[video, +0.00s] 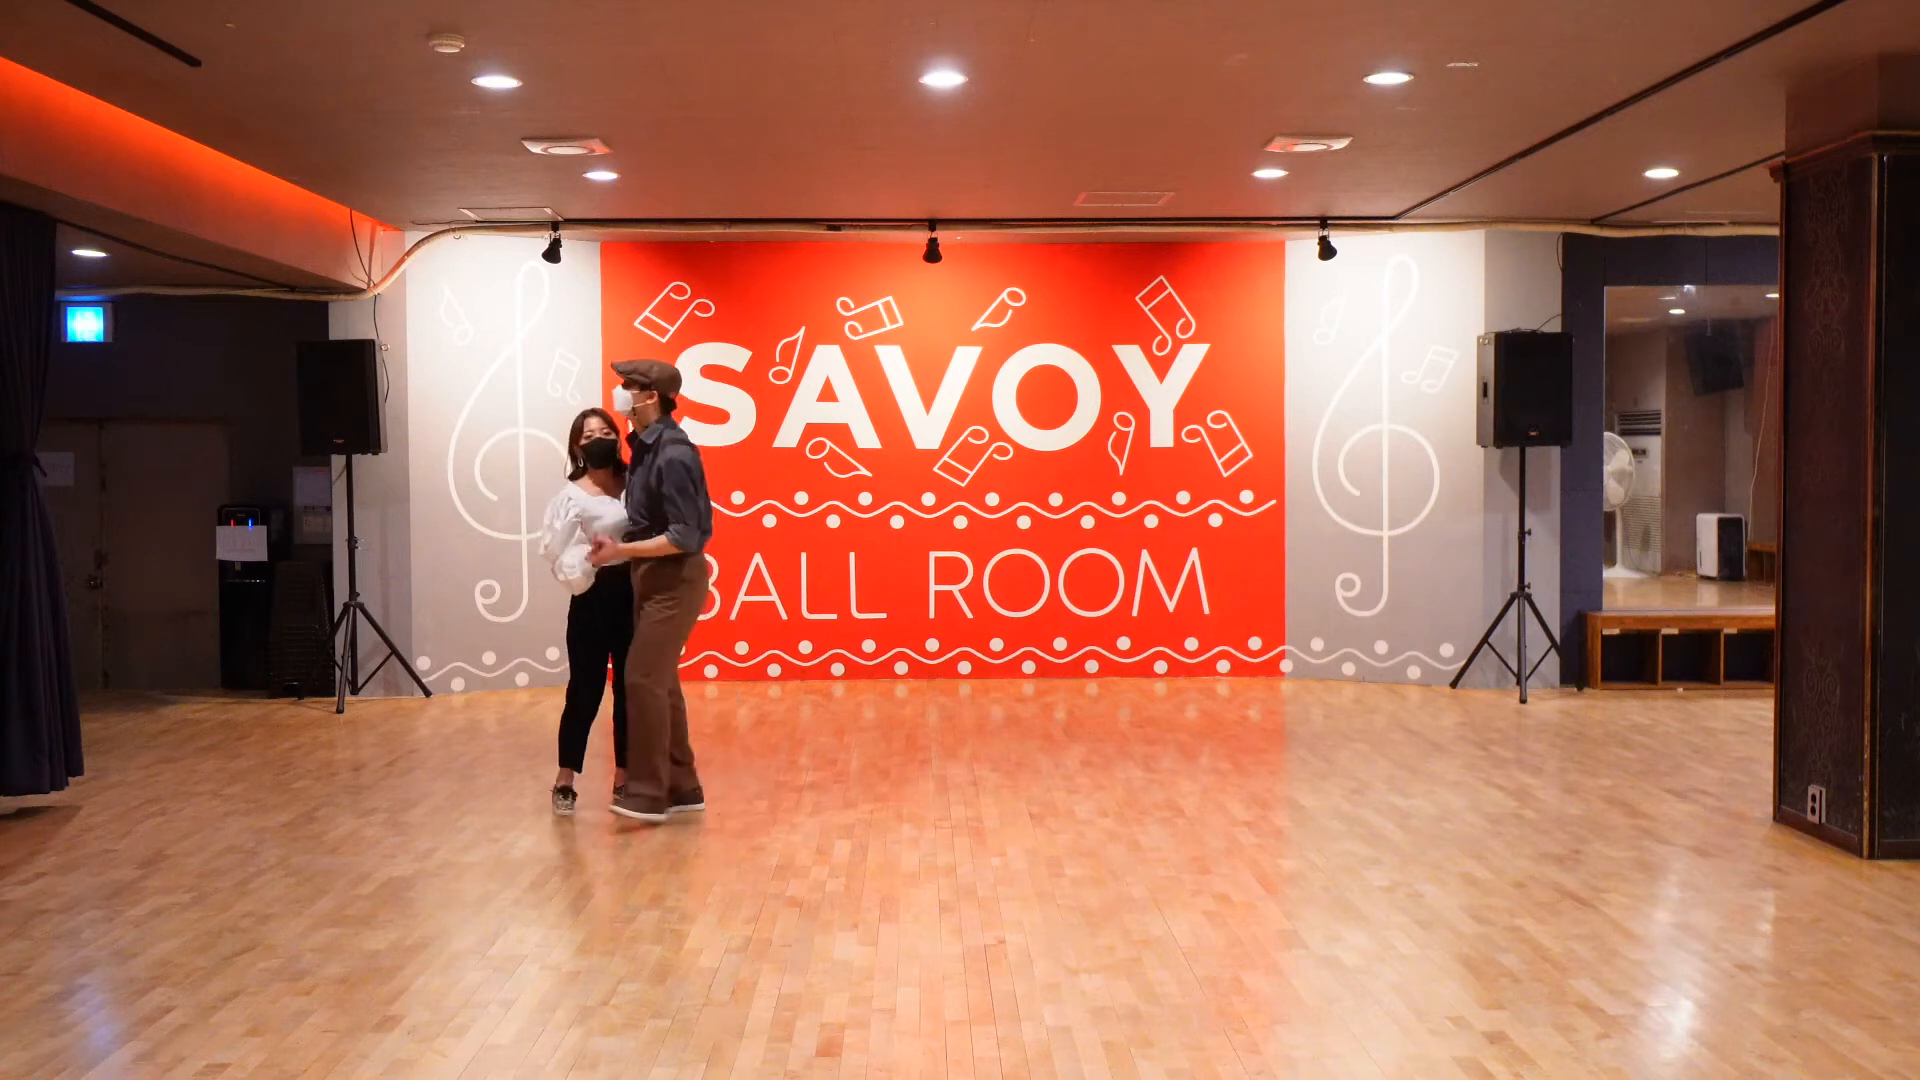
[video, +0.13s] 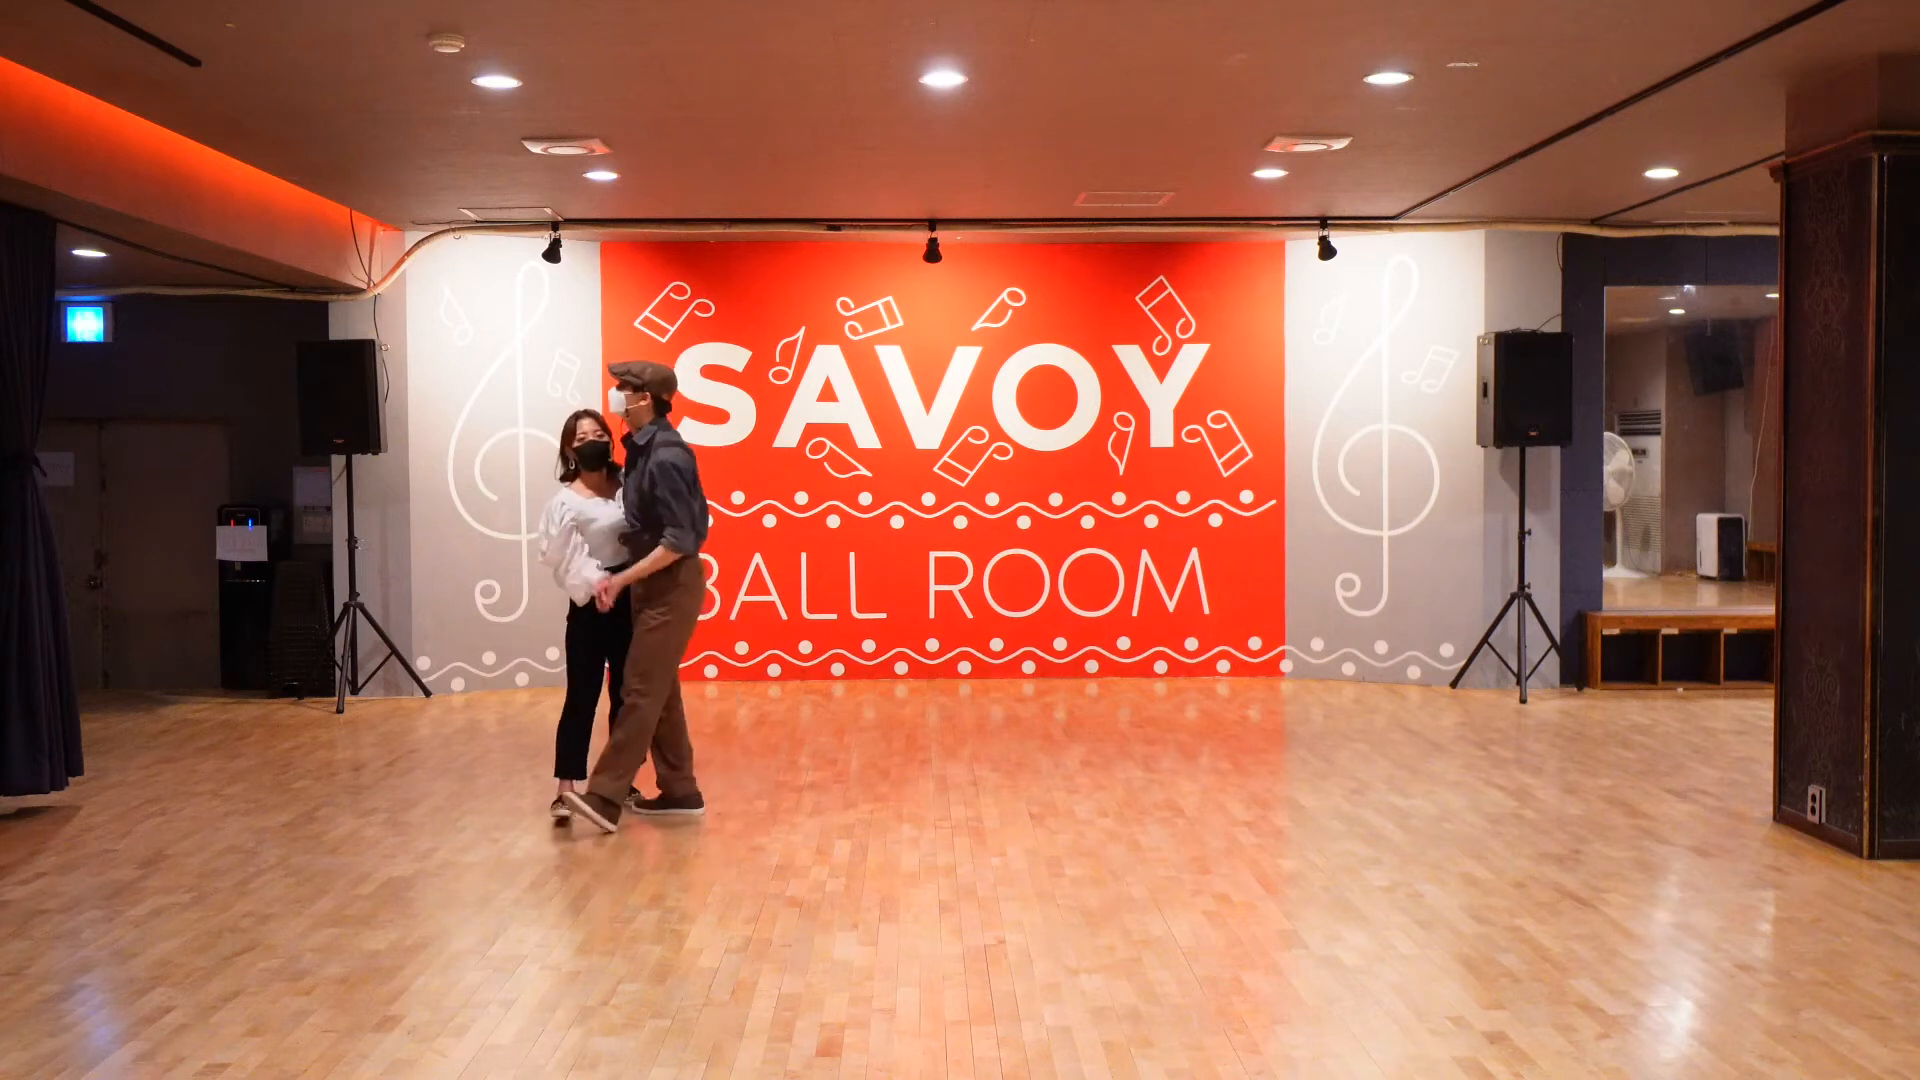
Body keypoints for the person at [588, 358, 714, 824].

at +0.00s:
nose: (623, 394)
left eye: (630, 388)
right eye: (625, 387)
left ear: (652, 397)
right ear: (651, 398)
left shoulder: (674, 452)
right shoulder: (647, 445)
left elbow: (686, 535)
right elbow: (642, 517)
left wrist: (624, 549)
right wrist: (607, 535)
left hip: (677, 575)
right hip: (652, 572)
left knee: (644, 675)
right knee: (661, 677)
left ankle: (647, 794)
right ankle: (682, 786)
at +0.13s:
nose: (618, 397)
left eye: (625, 390)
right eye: (620, 390)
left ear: (646, 399)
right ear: (644, 399)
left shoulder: (667, 455)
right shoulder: (641, 448)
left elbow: (680, 539)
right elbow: (630, 512)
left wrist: (622, 578)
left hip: (673, 580)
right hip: (650, 579)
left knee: (643, 685)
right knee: (657, 684)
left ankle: (605, 799)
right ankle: (680, 790)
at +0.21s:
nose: (614, 400)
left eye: (621, 393)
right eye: (617, 393)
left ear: (643, 401)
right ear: (642, 402)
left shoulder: (661, 459)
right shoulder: (641, 452)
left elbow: (667, 546)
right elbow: (629, 522)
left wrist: (622, 599)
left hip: (669, 583)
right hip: (655, 581)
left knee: (634, 691)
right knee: (659, 690)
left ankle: (599, 804)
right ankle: (680, 791)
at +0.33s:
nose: (609, 401)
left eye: (615, 394)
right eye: (612, 394)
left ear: (637, 403)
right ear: (642, 403)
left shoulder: (650, 459)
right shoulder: (655, 449)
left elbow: (637, 548)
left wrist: (590, 601)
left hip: (658, 585)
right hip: (674, 581)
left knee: (607, 689)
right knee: (648, 694)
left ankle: (616, 807)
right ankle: (678, 792)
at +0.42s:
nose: (608, 411)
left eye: (614, 404)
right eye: (610, 403)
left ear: (636, 411)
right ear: (645, 411)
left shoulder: (646, 463)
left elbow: (614, 545)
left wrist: (552, 584)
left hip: (653, 593)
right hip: (670, 590)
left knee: (595, 699)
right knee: (639, 699)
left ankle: (628, 813)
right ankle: (677, 793)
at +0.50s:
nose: (607, 418)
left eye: (613, 411)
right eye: (609, 411)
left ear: (637, 416)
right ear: (644, 417)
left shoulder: (639, 460)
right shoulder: (662, 459)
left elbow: (590, 528)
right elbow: (682, 544)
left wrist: (514, 543)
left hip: (645, 597)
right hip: (668, 592)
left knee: (593, 707)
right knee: (638, 703)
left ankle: (628, 818)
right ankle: (675, 792)